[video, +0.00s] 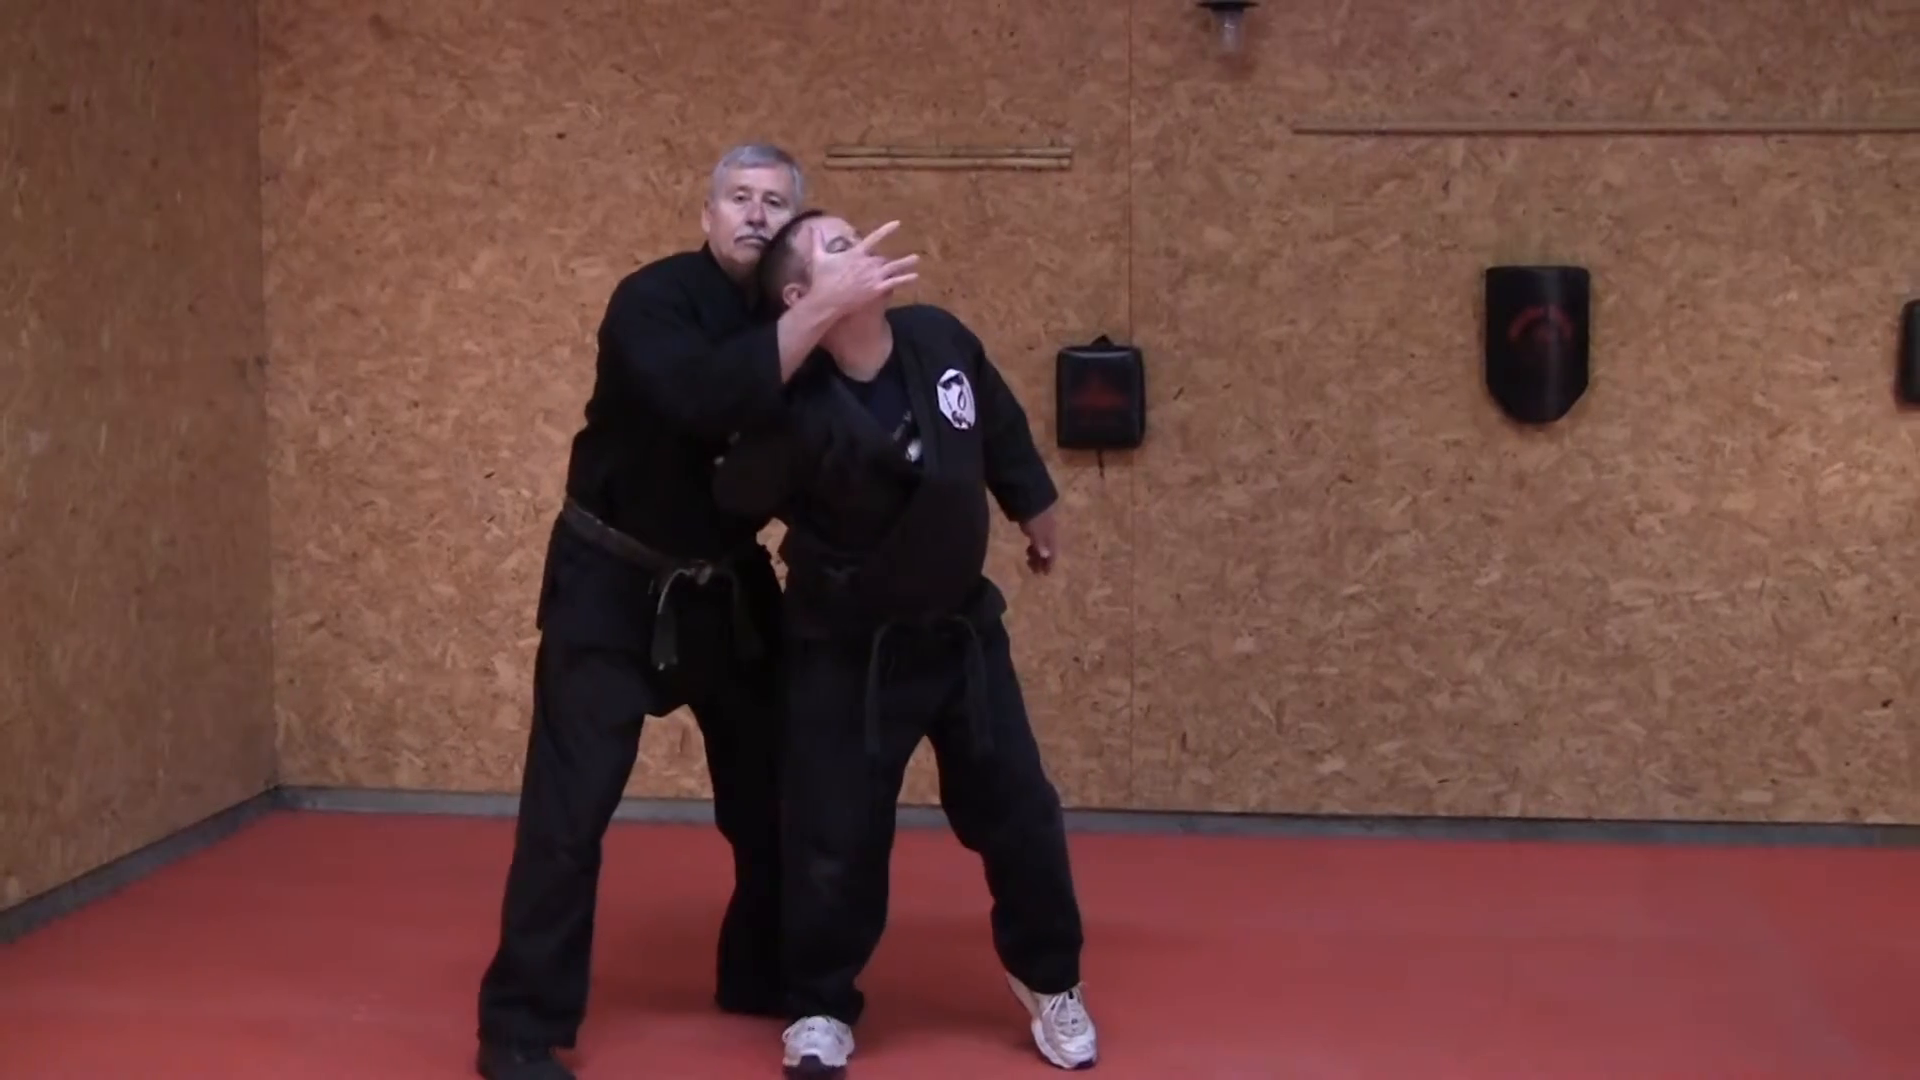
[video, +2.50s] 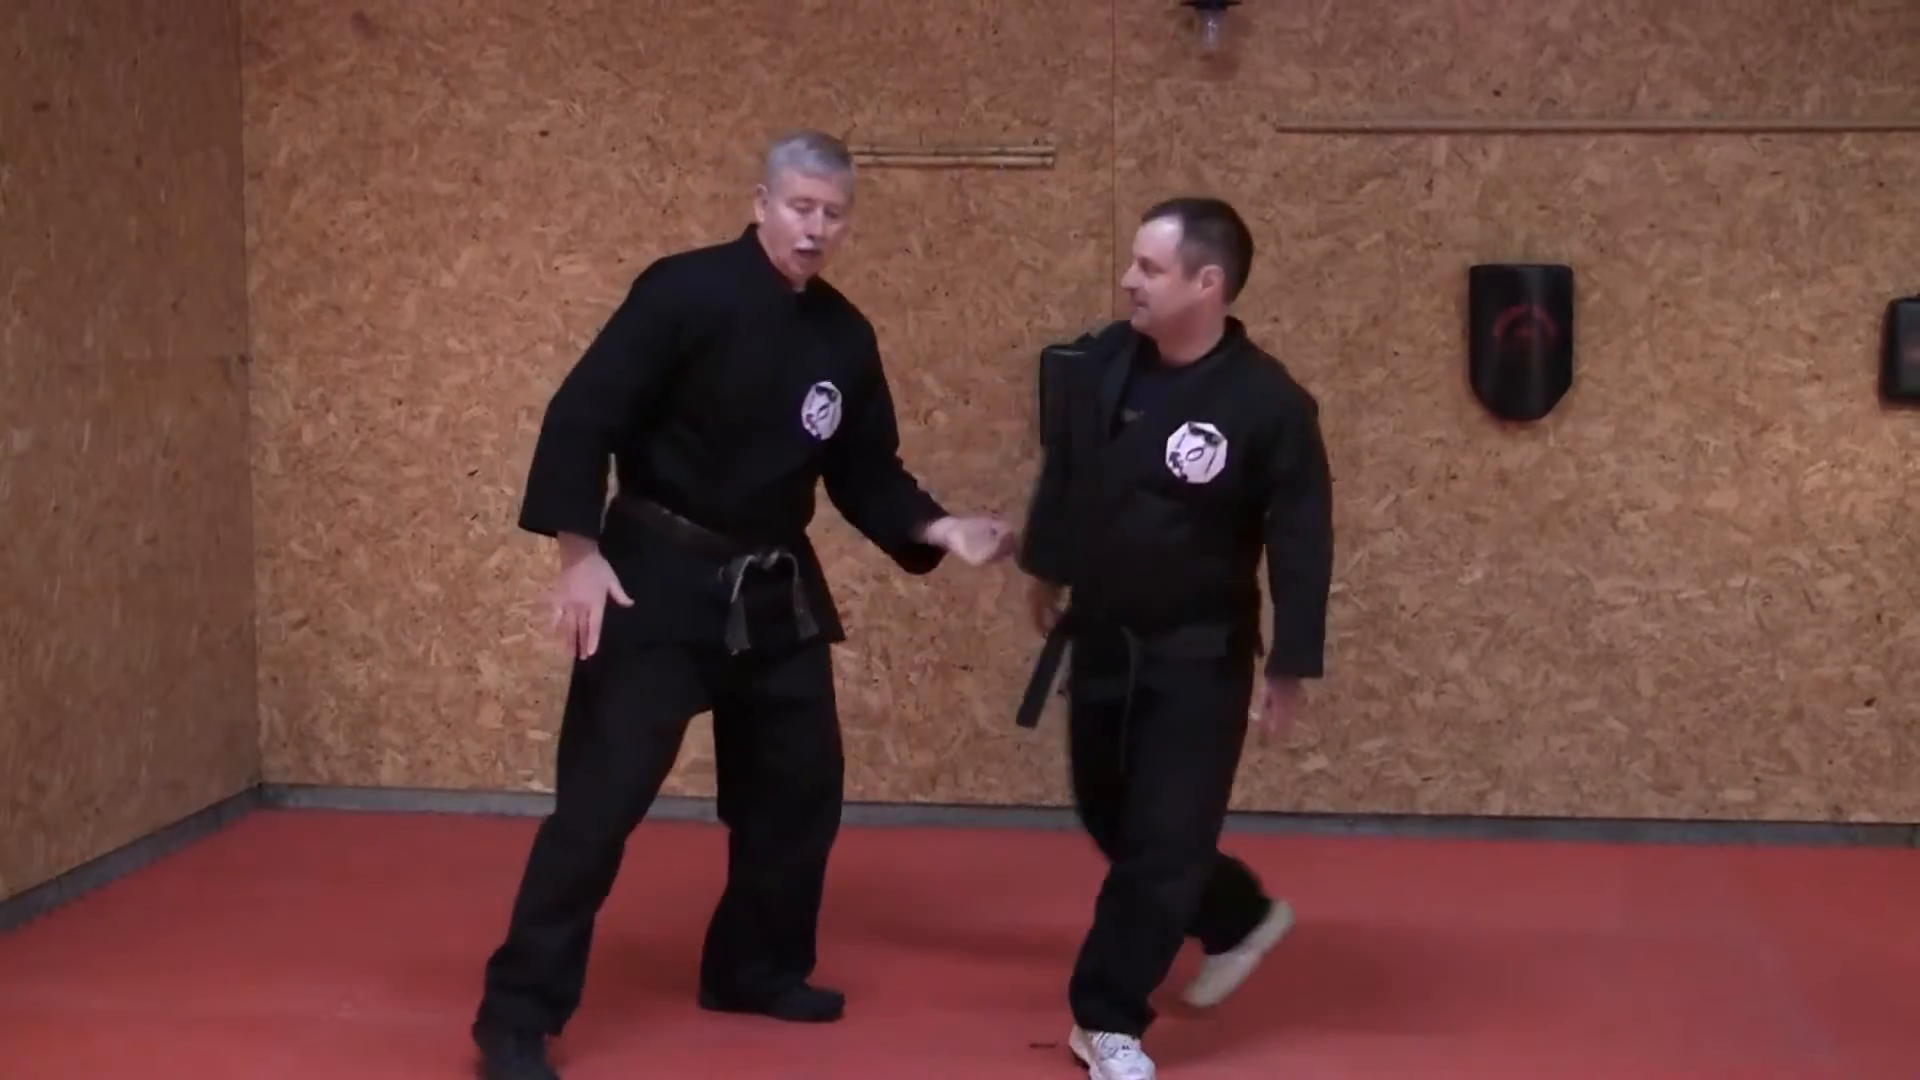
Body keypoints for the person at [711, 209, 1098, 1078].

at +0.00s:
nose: (862, 245)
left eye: (854, 235)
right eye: (833, 245)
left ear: (873, 268)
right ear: (805, 301)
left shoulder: (938, 339)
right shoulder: (799, 410)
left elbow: (999, 423)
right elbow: (735, 505)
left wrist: (1034, 505)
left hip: (959, 626)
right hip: (843, 639)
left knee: (1018, 807)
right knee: (832, 826)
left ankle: (1050, 981)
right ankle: (820, 1007)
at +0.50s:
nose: (868, 255)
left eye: (862, 243)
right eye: (841, 252)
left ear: (882, 267)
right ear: (808, 306)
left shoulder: (935, 342)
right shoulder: (791, 416)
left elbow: (993, 426)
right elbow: (729, 511)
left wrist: (1023, 511)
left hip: (951, 629)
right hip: (834, 640)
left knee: (1010, 808)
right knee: (822, 829)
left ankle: (1041, 981)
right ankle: (810, 1012)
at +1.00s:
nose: (888, 268)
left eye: (882, 252)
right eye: (860, 262)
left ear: (895, 269)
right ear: (812, 303)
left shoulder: (940, 346)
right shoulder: (798, 414)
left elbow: (989, 431)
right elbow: (722, 501)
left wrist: (1014, 519)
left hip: (944, 629)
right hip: (829, 641)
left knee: (1005, 808)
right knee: (819, 830)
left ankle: (1038, 981)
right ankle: (810, 1013)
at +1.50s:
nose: (922, 273)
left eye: (916, 259)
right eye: (897, 268)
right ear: (845, 305)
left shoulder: (954, 347)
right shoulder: (815, 410)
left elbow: (991, 436)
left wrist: (1004, 524)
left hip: (944, 631)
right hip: (831, 648)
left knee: (1003, 808)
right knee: (821, 832)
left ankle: (1038, 983)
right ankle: (806, 1014)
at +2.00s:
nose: (1104, 372)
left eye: (1113, 352)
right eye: (1082, 354)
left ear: (1121, 347)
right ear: (1025, 349)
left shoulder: (1119, 426)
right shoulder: (952, 413)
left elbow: (1119, 518)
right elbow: (827, 437)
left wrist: (1102, 590)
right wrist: (878, 489)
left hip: (1040, 652)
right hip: (918, 652)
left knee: (1077, 838)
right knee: (854, 828)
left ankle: (1101, 1018)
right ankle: (807, 1013)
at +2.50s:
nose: (1129, 281)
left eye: (1149, 269)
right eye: (1131, 264)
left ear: (1209, 284)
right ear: (1166, 278)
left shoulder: (1270, 405)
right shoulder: (1093, 367)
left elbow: (1300, 541)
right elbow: (1062, 471)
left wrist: (1290, 662)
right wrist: (1044, 569)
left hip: (1200, 650)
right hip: (1103, 639)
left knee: (1167, 837)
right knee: (1109, 811)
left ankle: (1107, 1019)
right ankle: (1239, 915)